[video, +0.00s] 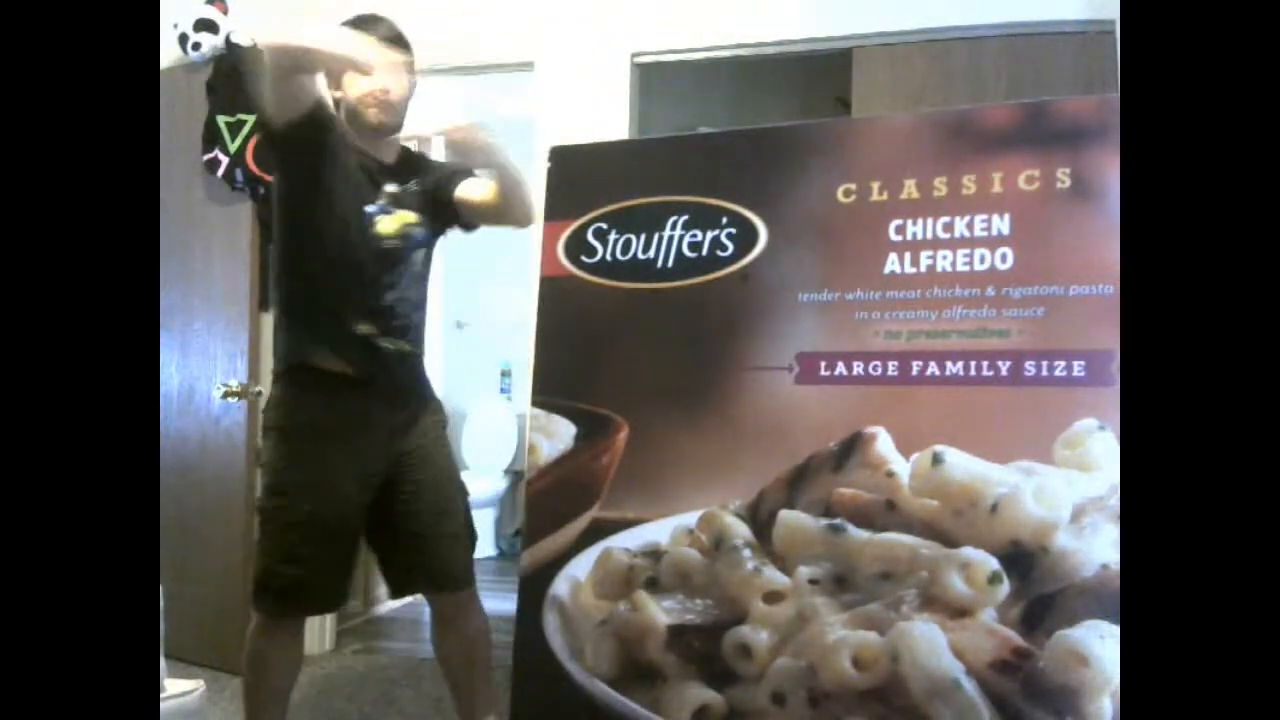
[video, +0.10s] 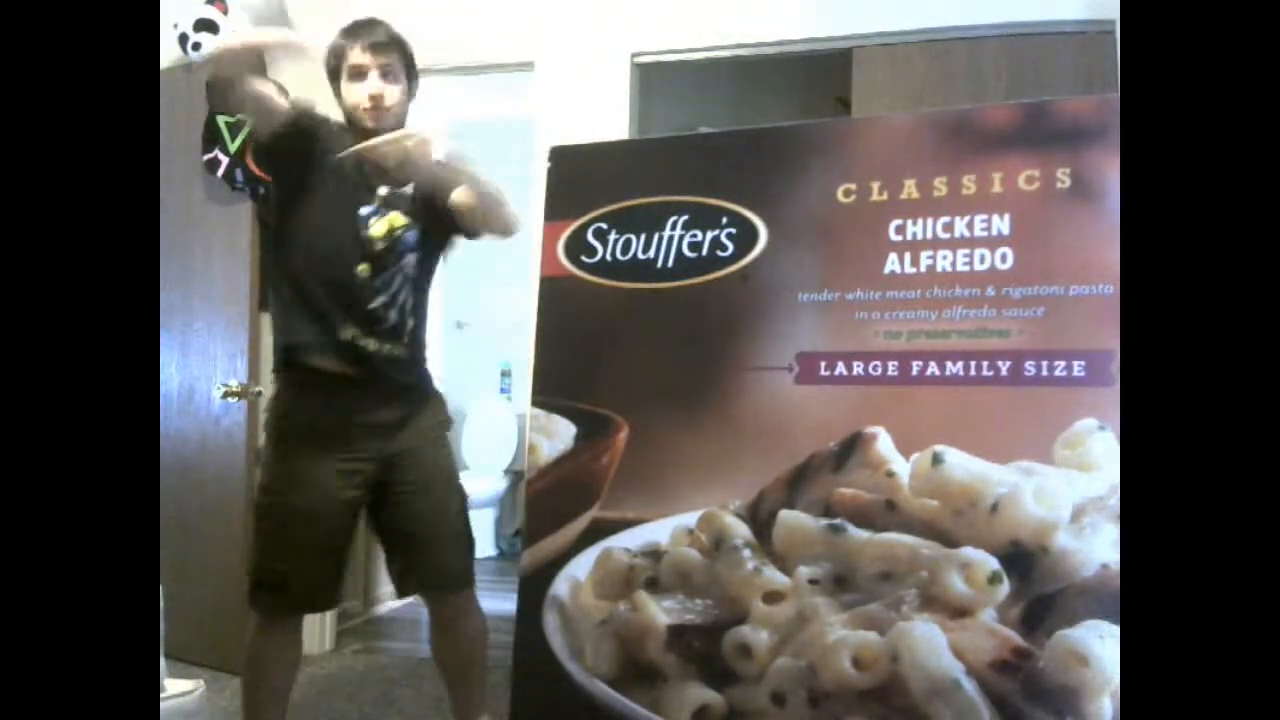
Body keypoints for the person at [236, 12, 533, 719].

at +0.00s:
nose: (387, 87)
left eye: (400, 74)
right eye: (370, 73)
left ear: (412, 86)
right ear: (338, 83)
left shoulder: (426, 176)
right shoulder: (308, 145)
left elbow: (518, 213)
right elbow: (269, 57)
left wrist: (493, 156)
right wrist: (343, 56)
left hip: (407, 404)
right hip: (315, 402)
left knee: (455, 586)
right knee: (283, 603)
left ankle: (480, 716)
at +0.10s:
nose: (374, 87)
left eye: (388, 73)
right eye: (358, 75)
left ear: (411, 85)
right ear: (337, 87)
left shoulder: (430, 177)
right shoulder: (301, 146)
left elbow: (503, 221)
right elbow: (221, 69)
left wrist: (429, 165)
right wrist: (291, 46)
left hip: (408, 409)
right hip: (312, 407)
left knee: (452, 588)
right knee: (278, 602)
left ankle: (472, 715)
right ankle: (263, 718)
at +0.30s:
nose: (372, 110)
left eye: (390, 96)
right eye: (359, 97)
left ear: (424, 110)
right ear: (344, 110)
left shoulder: (466, 184)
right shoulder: (335, 182)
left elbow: (450, 196)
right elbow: (242, 167)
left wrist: (391, 147)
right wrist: (222, 158)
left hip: (444, 425)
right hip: (355, 418)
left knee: (462, 605)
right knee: (294, 595)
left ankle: (479, 716)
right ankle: (269, 716)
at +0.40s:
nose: (388, 118)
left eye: (407, 106)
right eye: (381, 102)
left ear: (443, 118)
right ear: (367, 110)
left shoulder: (472, 190)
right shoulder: (346, 200)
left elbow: (477, 169)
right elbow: (276, 236)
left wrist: (443, 122)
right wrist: (256, 183)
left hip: (462, 429)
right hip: (370, 424)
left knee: (481, 612)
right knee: (307, 599)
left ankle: (483, 717)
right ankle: (272, 715)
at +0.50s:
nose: (392, 128)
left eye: (411, 115)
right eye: (387, 113)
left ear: (447, 129)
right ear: (380, 123)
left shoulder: (482, 178)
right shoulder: (366, 221)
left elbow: (487, 63)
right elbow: (330, 311)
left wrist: (395, 10)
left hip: (491, 420)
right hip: (403, 419)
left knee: (491, 613)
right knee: (331, 599)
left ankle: (491, 718)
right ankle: (282, 713)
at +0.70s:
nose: (412, 128)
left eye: (430, 117)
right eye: (404, 114)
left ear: (461, 132)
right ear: (392, 127)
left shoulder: (494, 181)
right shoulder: (378, 233)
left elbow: (506, 63)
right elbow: (386, 351)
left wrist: (409, 17)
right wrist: (467, 327)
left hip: (504, 421)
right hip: (417, 428)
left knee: (505, 612)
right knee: (347, 595)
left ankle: (496, 715)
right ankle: (298, 714)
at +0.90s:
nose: (437, 142)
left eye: (452, 125)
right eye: (427, 127)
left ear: (488, 134)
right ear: (420, 139)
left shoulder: (527, 207)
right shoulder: (407, 227)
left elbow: (533, 291)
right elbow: (384, 336)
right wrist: (434, 361)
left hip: (506, 434)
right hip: (418, 431)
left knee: (496, 617)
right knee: (351, 602)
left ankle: (490, 716)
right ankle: (308, 714)